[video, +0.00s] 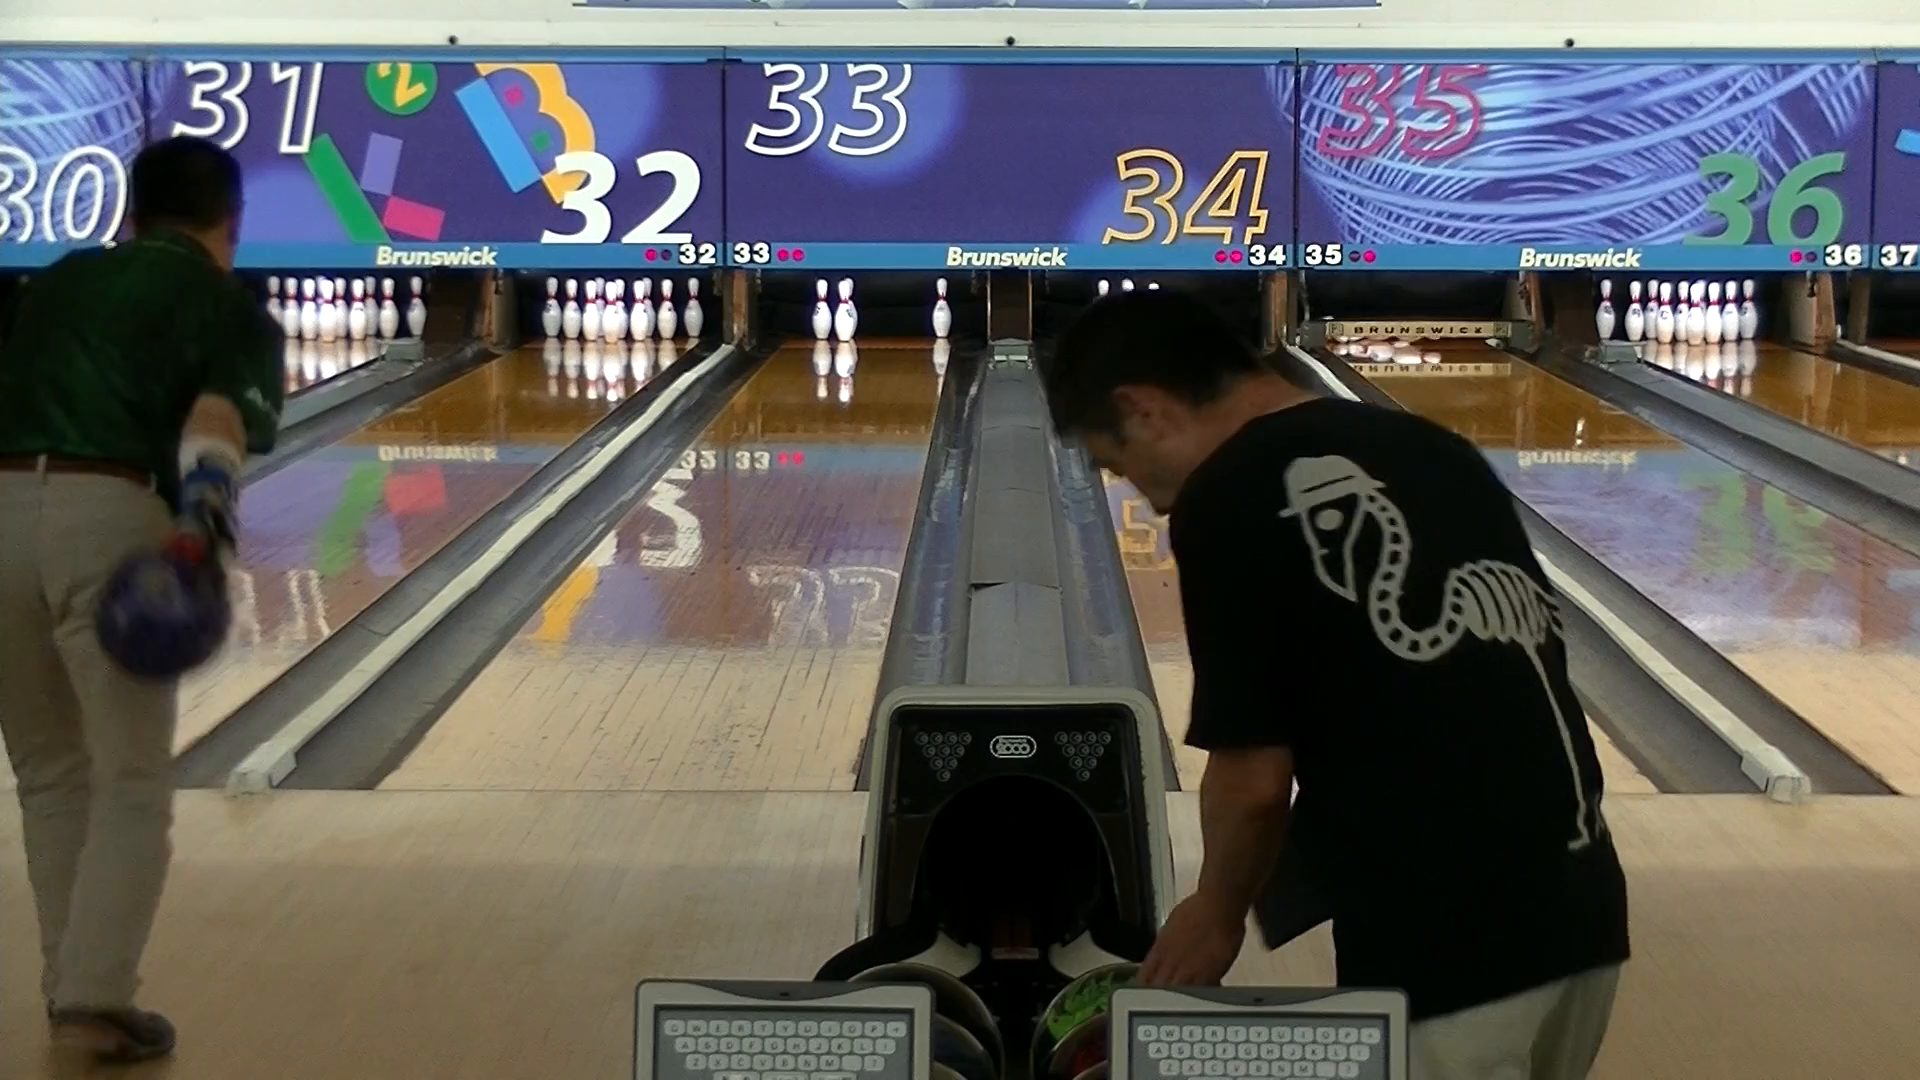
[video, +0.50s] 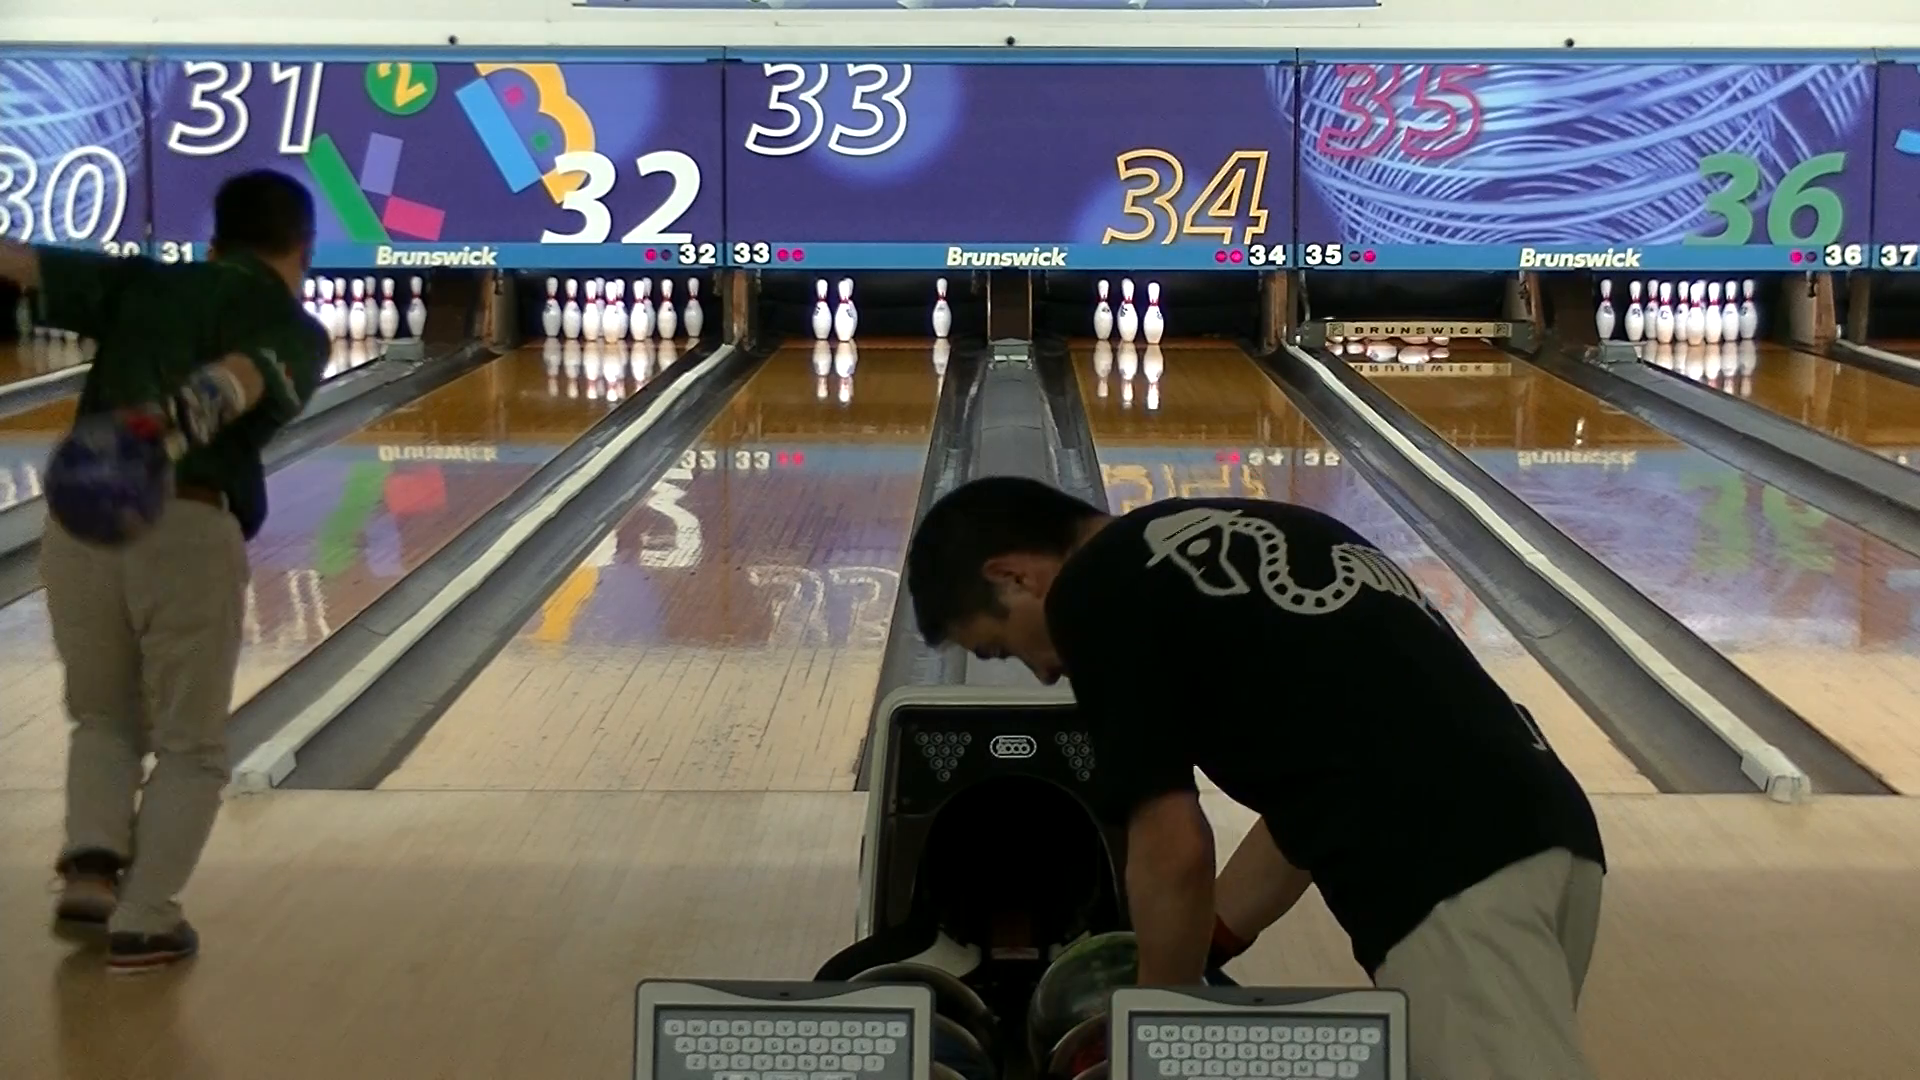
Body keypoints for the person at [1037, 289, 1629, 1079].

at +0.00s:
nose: (1139, 496)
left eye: (1117, 465)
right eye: (1115, 474)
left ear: (1147, 411)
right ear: (1239, 367)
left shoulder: (1227, 499)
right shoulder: (1436, 445)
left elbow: (1254, 780)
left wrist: (1216, 910)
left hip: (1437, 949)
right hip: (1584, 914)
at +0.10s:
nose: (1112, 542)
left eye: (1081, 509)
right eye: (1081, 518)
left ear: (1105, 443)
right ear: (1176, 405)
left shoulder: (1200, 502)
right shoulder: (1370, 455)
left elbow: (1254, 777)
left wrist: (1235, 905)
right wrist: (1228, 922)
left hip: (1438, 913)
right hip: (1577, 877)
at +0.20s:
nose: (1073, 577)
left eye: (1047, 548)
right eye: (1048, 560)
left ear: (1073, 482)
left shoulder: (1176, 514)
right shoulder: (1332, 476)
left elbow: (1245, 773)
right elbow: (1400, 718)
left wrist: (1230, 890)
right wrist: (1227, 905)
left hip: (1441, 888)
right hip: (1567, 854)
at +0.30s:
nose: (1060, 618)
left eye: (1028, 587)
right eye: (1029, 598)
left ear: (1051, 517)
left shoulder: (1150, 533)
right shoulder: (1294, 498)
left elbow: (1229, 780)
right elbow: (1346, 772)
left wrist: (1190, 919)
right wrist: (1203, 915)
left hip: (1448, 873)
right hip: (1556, 841)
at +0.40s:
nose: (1043, 646)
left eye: (1012, 620)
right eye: (1014, 631)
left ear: (1032, 550)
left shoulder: (1122, 562)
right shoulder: (1266, 519)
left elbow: (1197, 814)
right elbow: (1314, 801)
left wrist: (1151, 999)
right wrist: (1193, 935)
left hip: (1451, 873)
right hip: (1545, 837)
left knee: (1474, 1063)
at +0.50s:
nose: (1031, 670)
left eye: (1001, 646)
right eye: (1001, 659)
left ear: (1017, 577)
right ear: (1083, 524)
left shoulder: (1095, 593)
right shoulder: (1251, 532)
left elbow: (1173, 850)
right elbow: (1315, 800)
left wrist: (1149, 1037)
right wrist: (1184, 954)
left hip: (1441, 869)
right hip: (1545, 828)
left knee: (1493, 1067)